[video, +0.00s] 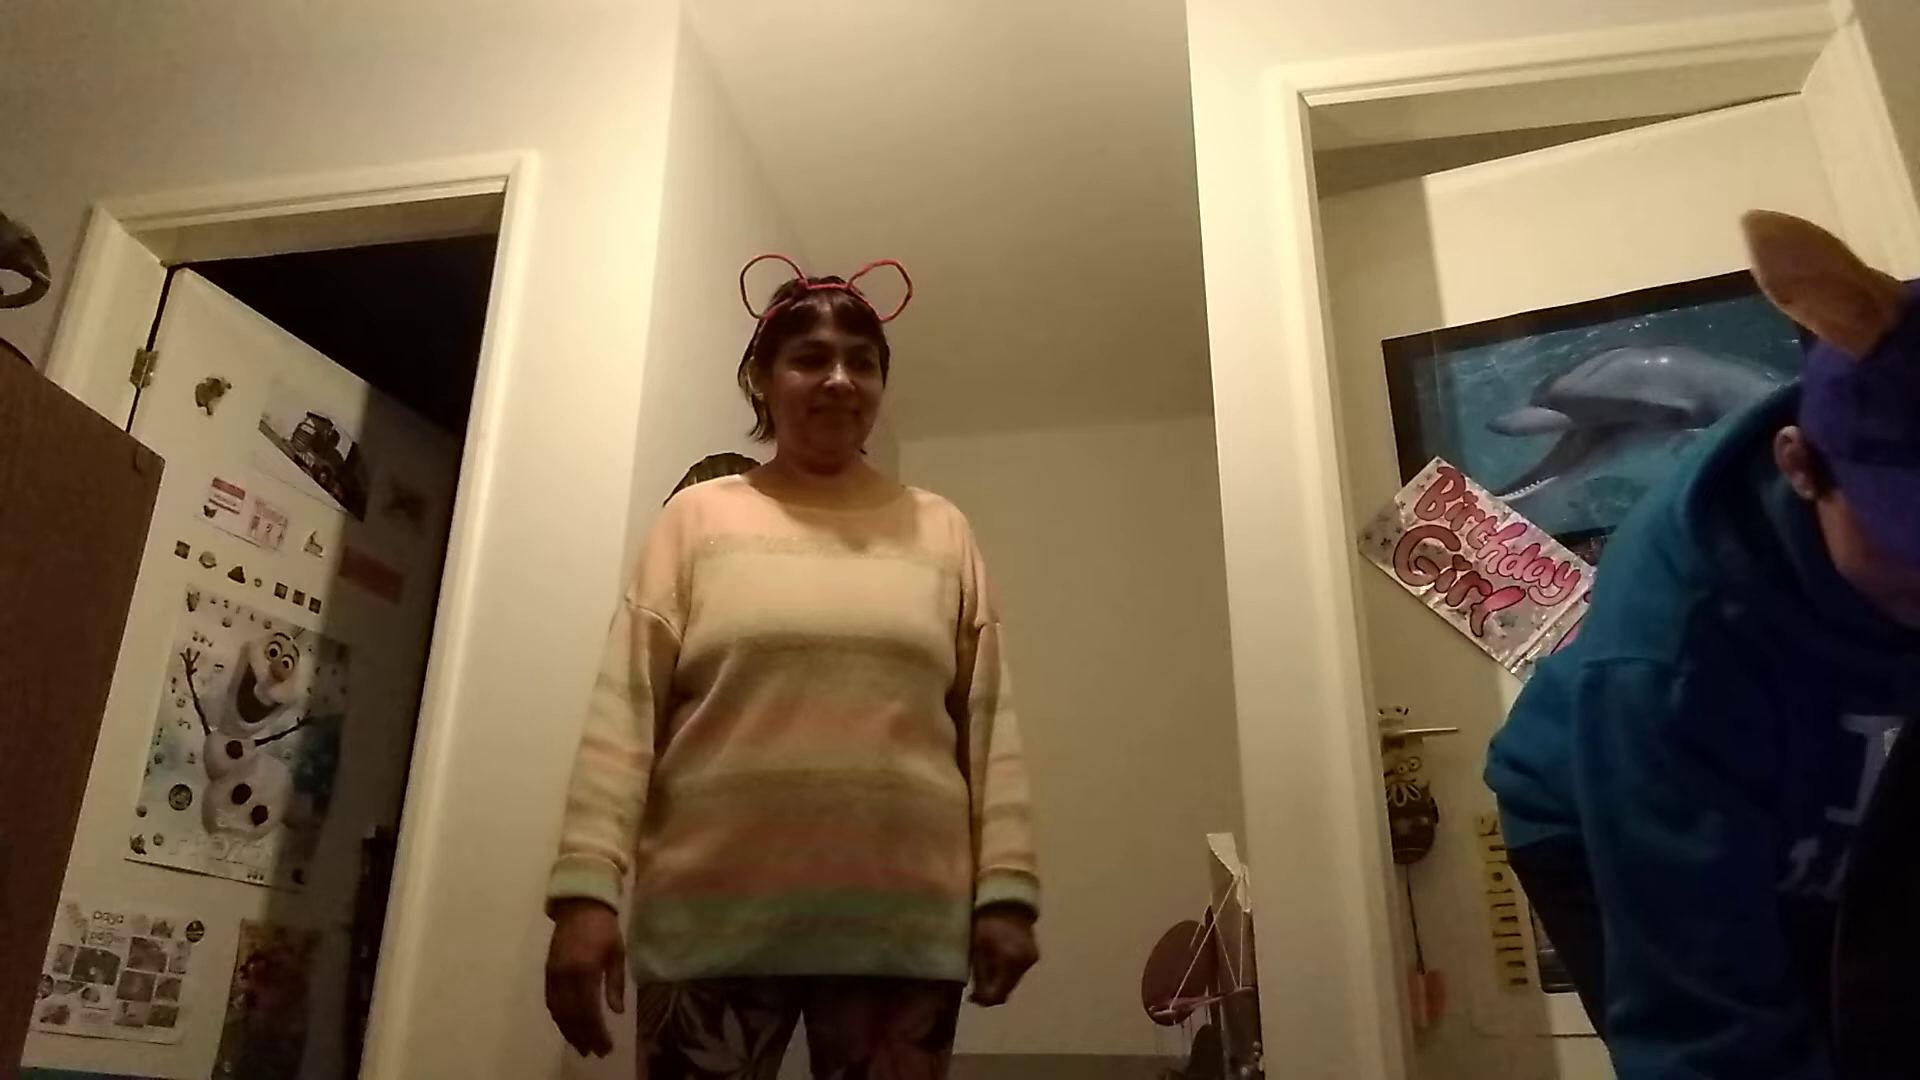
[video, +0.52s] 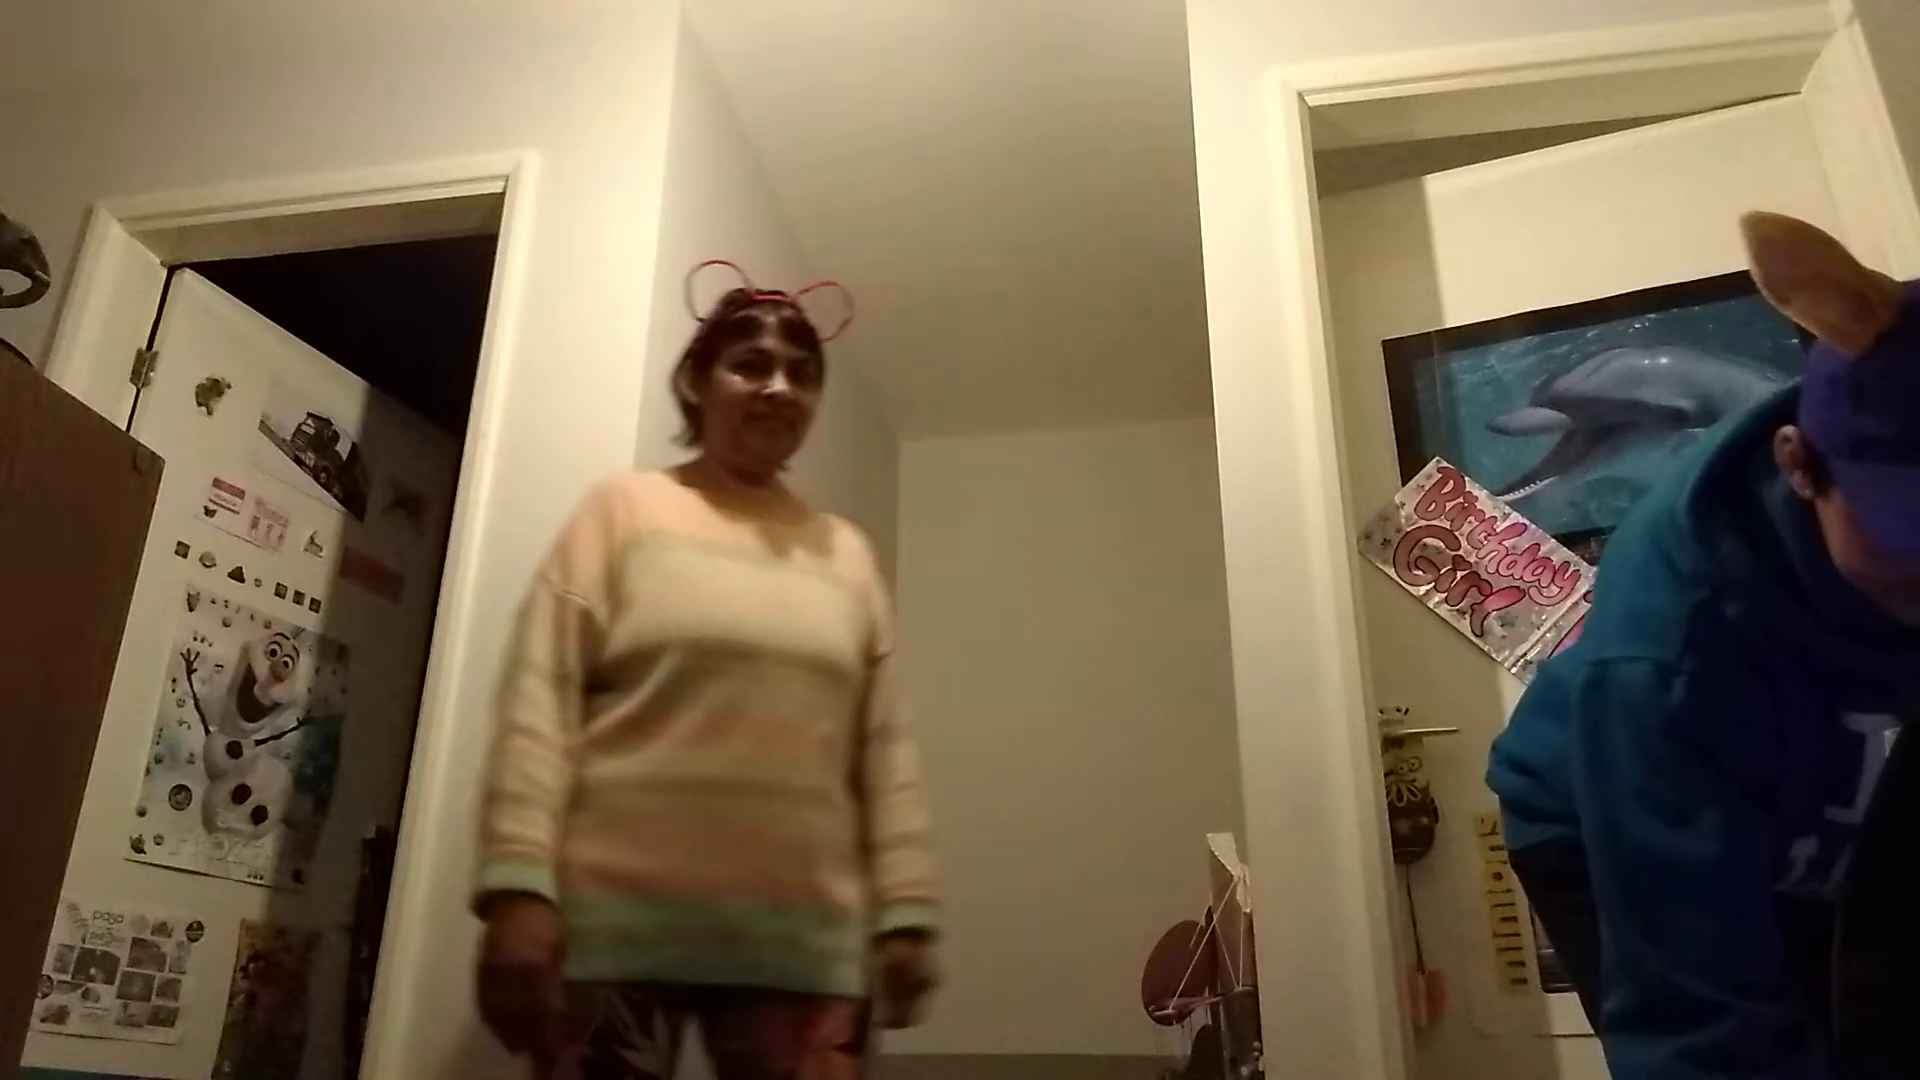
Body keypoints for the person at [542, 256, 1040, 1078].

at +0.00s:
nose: (839, 380)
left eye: (861, 362)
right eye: (811, 359)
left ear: (884, 385)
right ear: (761, 380)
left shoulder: (942, 529)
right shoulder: (695, 519)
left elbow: (990, 723)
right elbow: (624, 712)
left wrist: (1007, 891)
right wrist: (585, 894)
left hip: (901, 937)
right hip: (708, 934)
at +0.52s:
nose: (778, 389)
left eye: (800, 373)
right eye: (750, 366)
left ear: (817, 399)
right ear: (696, 383)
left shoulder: (846, 553)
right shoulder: (621, 512)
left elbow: (885, 747)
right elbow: (537, 704)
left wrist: (906, 918)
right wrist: (518, 891)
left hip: (800, 947)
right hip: (612, 937)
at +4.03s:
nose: (865, 395)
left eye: (859, 372)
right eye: (844, 366)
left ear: (774, 378)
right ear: (770, 374)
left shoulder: (770, 528)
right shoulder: (703, 494)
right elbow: (701, 706)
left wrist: (879, 659)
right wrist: (858, 643)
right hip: (669, 942)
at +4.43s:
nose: (936, 362)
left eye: (933, 337)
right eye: (929, 334)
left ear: (807, 334)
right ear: (883, 322)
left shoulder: (738, 442)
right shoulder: (844, 432)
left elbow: (654, 668)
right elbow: (892, 664)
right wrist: (974, 597)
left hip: (644, 845)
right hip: (752, 867)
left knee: (686, 1063)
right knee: (782, 1061)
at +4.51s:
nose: (932, 376)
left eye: (933, 352)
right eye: (930, 348)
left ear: (803, 340)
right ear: (891, 328)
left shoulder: (722, 452)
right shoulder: (862, 438)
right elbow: (910, 667)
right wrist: (992, 593)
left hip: (624, 830)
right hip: (764, 860)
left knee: (678, 1061)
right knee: (785, 1059)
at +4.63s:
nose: (921, 381)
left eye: (923, 356)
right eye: (920, 352)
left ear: (794, 339)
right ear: (887, 333)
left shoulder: (707, 445)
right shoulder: (876, 445)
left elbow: (660, 643)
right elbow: (935, 667)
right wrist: (984, 615)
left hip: (631, 826)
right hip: (793, 848)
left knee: (665, 1063)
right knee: (800, 1062)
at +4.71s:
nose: (902, 390)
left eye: (905, 365)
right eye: (903, 362)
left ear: (779, 346)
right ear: (874, 344)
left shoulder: (679, 454)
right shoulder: (883, 456)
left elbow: (620, 650)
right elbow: (941, 673)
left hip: (632, 831)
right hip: (808, 849)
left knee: (655, 1063)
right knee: (810, 1061)